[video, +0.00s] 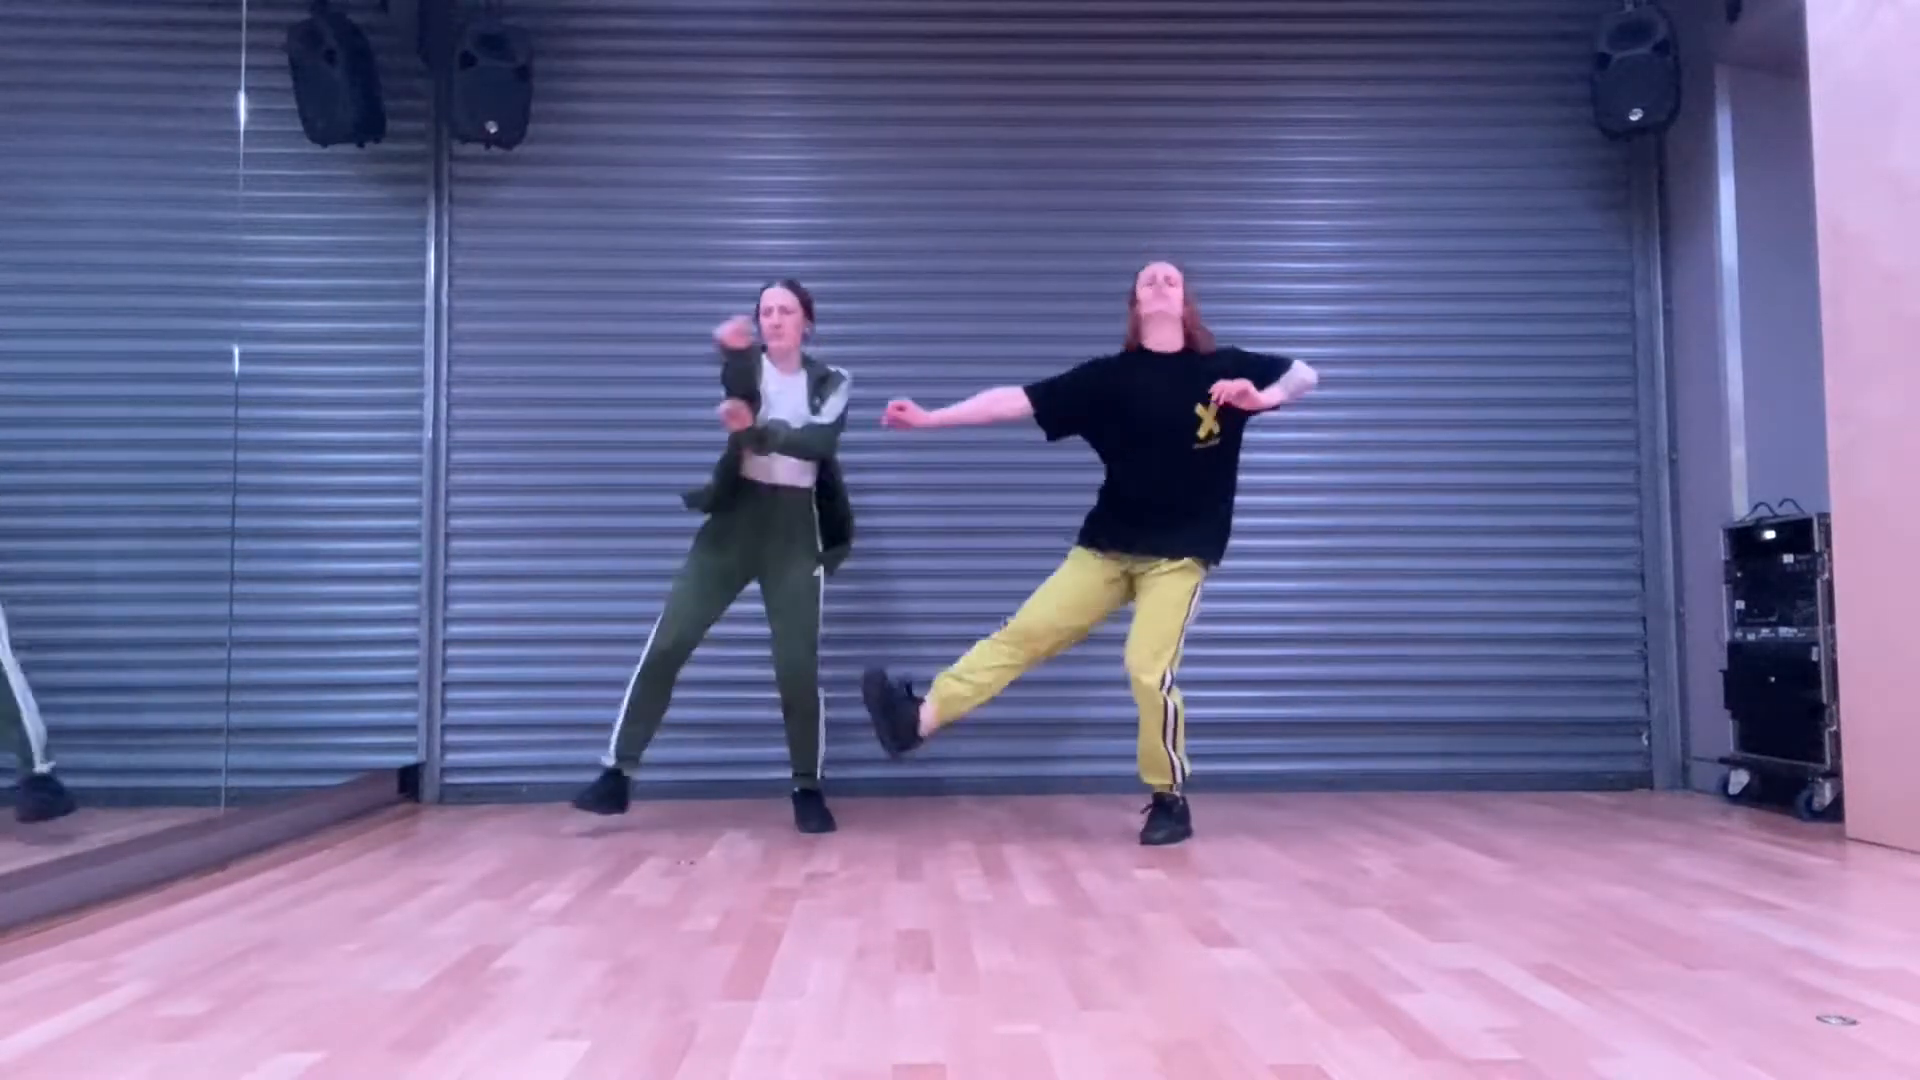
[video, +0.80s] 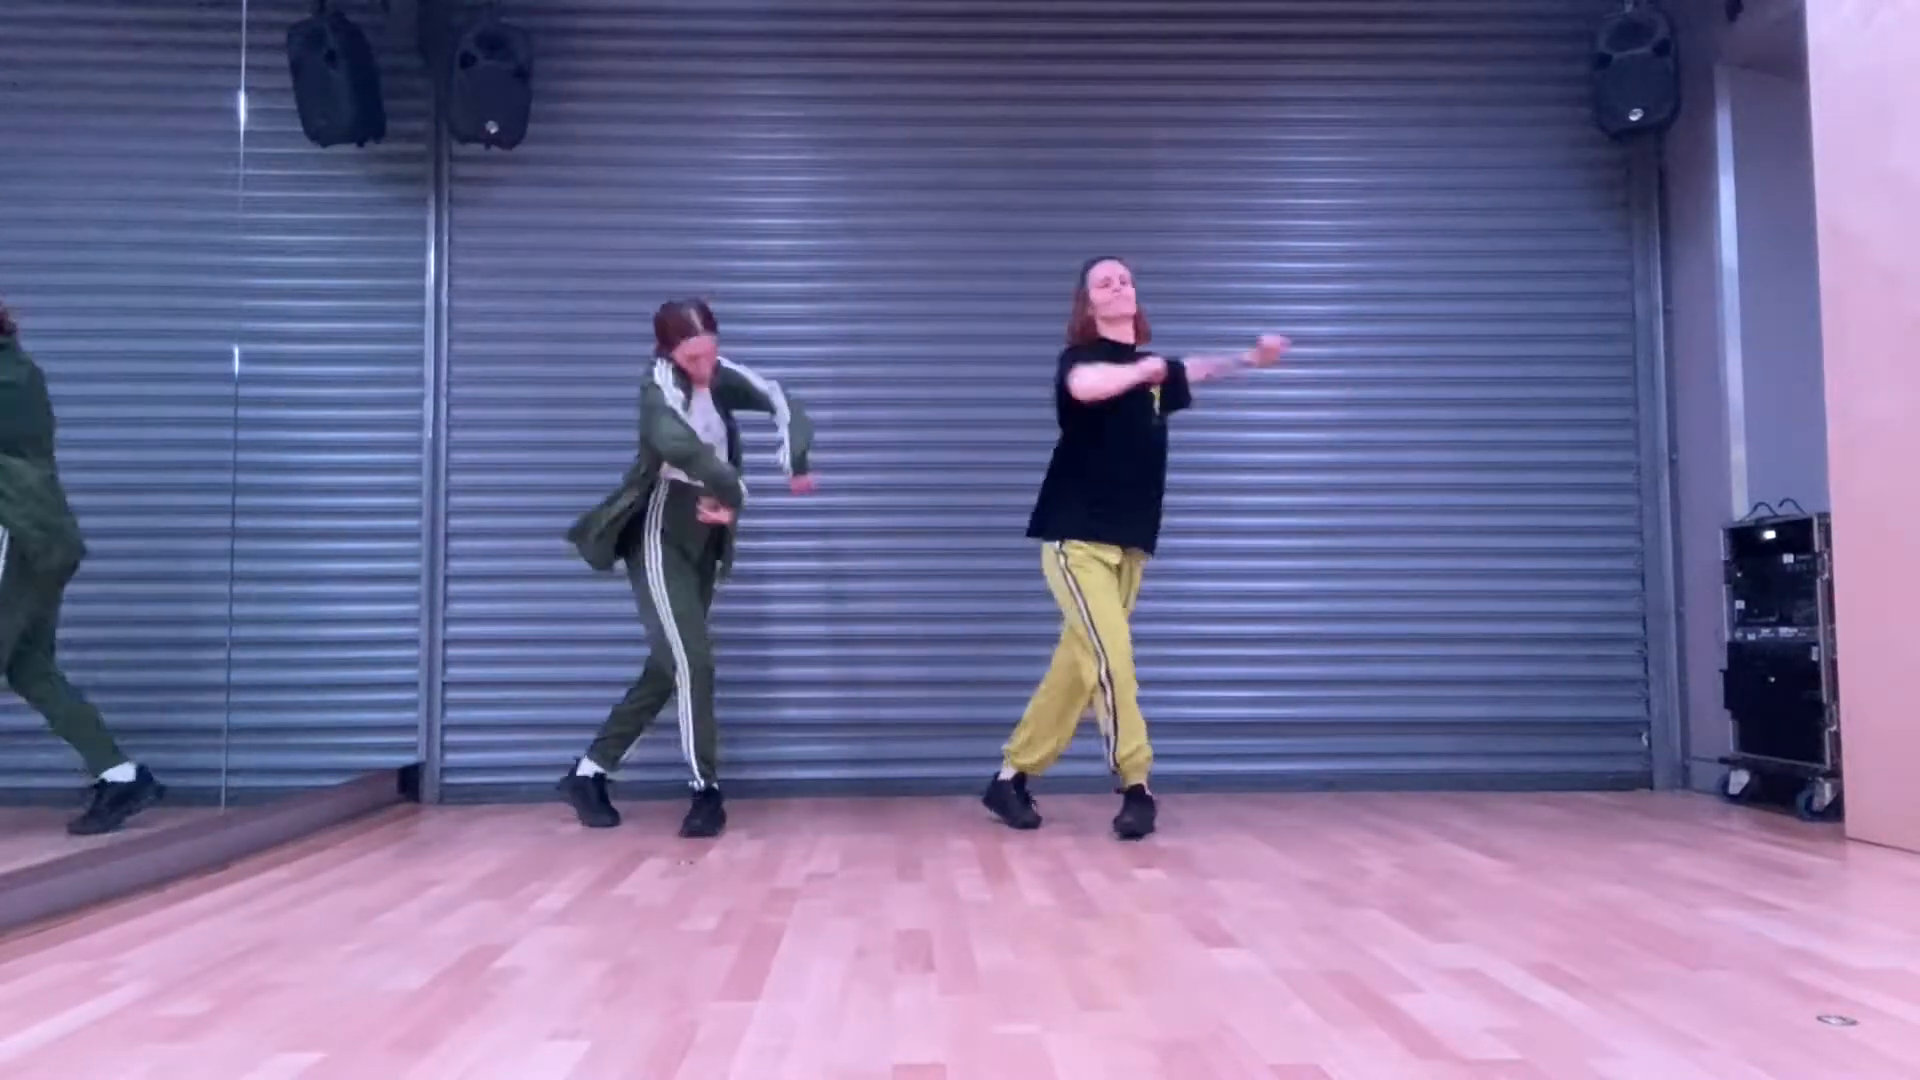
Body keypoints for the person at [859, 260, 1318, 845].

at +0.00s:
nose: (1161, 284)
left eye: (1171, 280)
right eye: (1150, 280)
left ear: (1188, 303)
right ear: (1133, 305)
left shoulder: (1226, 368)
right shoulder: (1108, 375)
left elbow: (1305, 376)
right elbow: (1019, 400)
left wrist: (1266, 395)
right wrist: (931, 418)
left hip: (1180, 553)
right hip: (1108, 545)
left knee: (1148, 669)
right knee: (1026, 634)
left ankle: (1167, 799)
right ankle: (918, 721)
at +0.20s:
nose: (1146, 271)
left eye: (1157, 264)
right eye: (1137, 263)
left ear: (1176, 279)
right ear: (1120, 279)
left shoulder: (1192, 333)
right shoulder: (1096, 335)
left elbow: (1200, 349)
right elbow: (1127, 374)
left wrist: (1115, 331)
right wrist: (1184, 364)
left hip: (1159, 507)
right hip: (1087, 505)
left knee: (1163, 616)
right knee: (1090, 631)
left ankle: (1137, 713)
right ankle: (1103, 767)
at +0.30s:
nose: (1137, 289)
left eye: (1147, 282)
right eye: (1126, 283)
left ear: (1166, 302)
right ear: (1109, 299)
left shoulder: (1177, 353)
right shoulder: (1093, 357)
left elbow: (1161, 349)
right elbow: (1154, 391)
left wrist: (1098, 323)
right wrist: (1246, 391)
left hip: (1154, 531)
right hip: (1085, 534)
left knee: (1180, 623)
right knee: (1111, 662)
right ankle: (1133, 785)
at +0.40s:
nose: (1127, 281)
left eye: (1138, 277)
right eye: (1117, 276)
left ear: (1152, 298)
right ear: (1100, 296)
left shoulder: (1168, 351)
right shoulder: (1081, 354)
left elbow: (1201, 354)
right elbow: (1092, 393)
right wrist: (1178, 381)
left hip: (1155, 539)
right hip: (1083, 537)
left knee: (1154, 661)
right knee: (1095, 656)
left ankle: (1058, 650)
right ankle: (1131, 780)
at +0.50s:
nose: (1119, 298)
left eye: (1129, 290)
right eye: (1109, 290)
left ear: (1146, 304)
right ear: (1093, 304)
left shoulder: (1179, 370)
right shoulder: (1065, 374)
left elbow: (1271, 364)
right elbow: (976, 384)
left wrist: (1346, 366)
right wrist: (1046, 362)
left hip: (1147, 550)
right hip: (1080, 547)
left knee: (1098, 678)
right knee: (1102, 669)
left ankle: (1015, 774)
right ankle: (1136, 792)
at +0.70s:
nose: (1118, 299)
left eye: (1126, 292)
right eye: (1107, 293)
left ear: (1141, 307)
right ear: (1089, 309)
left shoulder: (1167, 381)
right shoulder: (1060, 379)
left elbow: (1239, 395)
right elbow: (989, 372)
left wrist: (1290, 403)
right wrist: (1061, 363)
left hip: (1134, 554)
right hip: (1068, 548)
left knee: (1088, 665)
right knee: (1101, 662)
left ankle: (1011, 782)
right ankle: (1135, 793)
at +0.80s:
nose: (1117, 285)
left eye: (1124, 279)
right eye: (1104, 282)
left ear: (1138, 298)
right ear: (1086, 305)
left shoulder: (1153, 366)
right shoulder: (1079, 361)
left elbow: (1202, 371)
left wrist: (1251, 359)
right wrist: (1141, 373)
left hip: (1131, 544)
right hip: (1074, 538)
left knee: (1078, 664)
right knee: (1112, 655)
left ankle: (1010, 779)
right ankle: (1136, 788)